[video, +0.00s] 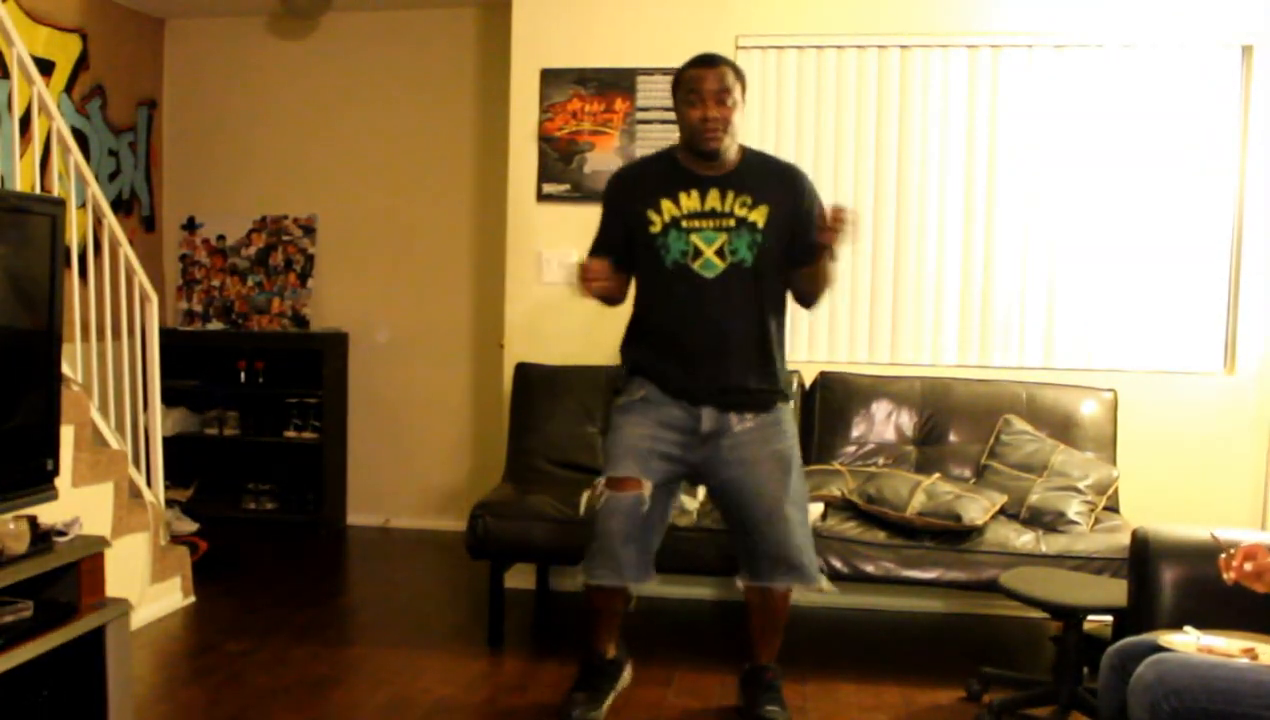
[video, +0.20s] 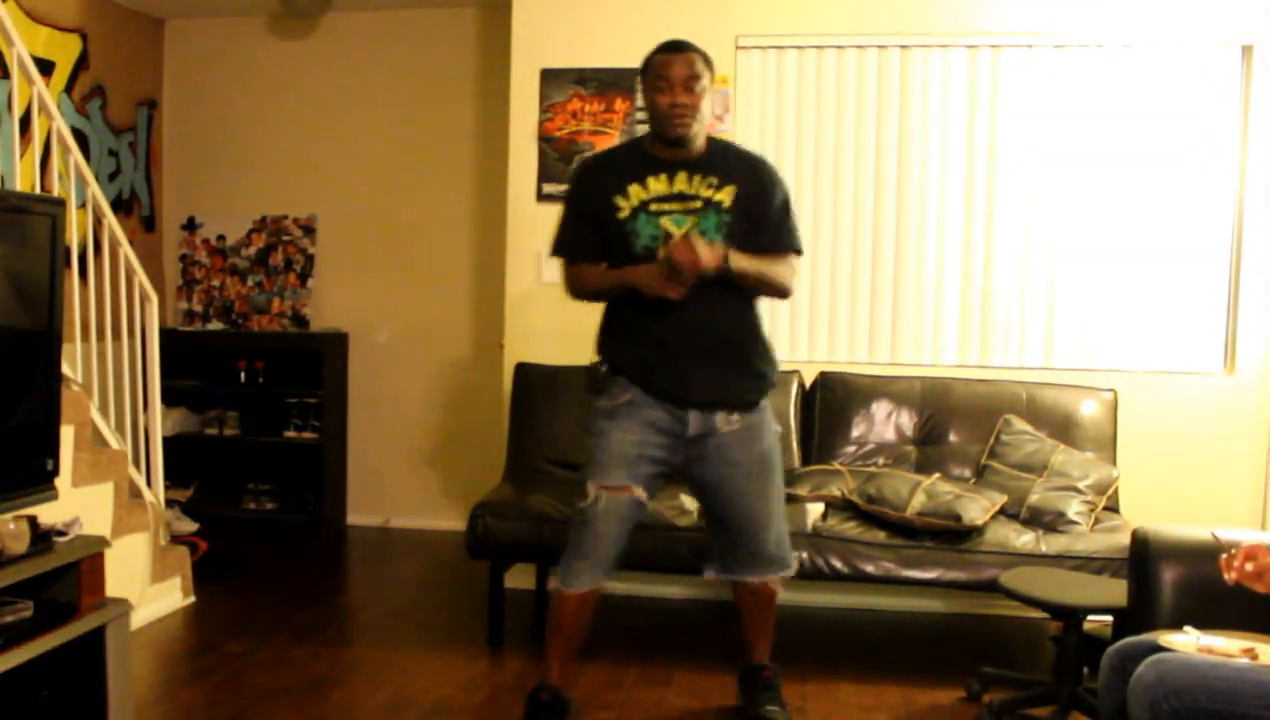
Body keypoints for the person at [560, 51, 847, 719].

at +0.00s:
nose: (709, 111)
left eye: (722, 98)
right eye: (695, 99)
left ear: (741, 106)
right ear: (676, 109)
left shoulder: (785, 187)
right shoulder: (634, 186)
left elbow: (807, 294)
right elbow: (615, 289)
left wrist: (824, 250)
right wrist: (598, 280)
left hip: (753, 405)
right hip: (654, 398)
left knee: (779, 546)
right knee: (617, 521)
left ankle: (762, 676)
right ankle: (603, 662)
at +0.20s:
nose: (676, 98)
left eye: (689, 85)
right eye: (662, 86)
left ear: (709, 93)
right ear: (642, 95)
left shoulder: (752, 177)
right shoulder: (602, 176)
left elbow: (784, 277)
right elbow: (579, 279)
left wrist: (722, 258)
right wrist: (638, 274)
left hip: (736, 398)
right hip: (635, 392)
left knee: (762, 552)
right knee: (596, 538)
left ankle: (761, 677)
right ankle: (551, 692)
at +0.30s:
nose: (656, 107)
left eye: (669, 94)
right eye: (641, 94)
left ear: (689, 101)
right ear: (621, 103)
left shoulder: (731, 180)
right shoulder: (583, 180)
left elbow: (775, 271)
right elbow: (549, 280)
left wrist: (743, 329)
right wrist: (620, 280)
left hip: (700, 403)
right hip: (602, 398)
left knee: (737, 557)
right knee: (580, 542)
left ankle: (754, 673)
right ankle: (549, 699)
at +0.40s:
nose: (639, 111)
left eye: (651, 97)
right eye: (625, 99)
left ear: (671, 100)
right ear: (602, 105)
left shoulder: (714, 164)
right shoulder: (567, 177)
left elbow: (760, 265)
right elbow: (527, 279)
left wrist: (786, 368)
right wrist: (601, 291)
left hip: (660, 391)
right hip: (568, 383)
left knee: (656, 542)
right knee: (549, 532)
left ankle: (720, 662)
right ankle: (546, 695)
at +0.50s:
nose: (628, 115)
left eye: (639, 101)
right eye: (613, 103)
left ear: (658, 100)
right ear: (589, 107)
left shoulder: (704, 156)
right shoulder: (559, 178)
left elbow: (753, 261)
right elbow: (520, 282)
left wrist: (797, 364)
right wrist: (569, 336)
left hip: (636, 390)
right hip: (549, 380)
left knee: (583, 536)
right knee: (530, 538)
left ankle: (631, 672)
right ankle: (543, 697)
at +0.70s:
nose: (613, 121)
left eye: (627, 108)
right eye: (599, 107)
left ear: (646, 106)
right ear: (573, 105)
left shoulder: (688, 171)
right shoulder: (534, 177)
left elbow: (738, 265)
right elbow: (515, 283)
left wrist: (751, 362)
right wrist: (489, 384)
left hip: (646, 393)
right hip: (552, 389)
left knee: (647, 565)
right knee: (524, 552)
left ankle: (626, 687)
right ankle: (546, 697)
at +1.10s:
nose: (667, 137)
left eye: (682, 123)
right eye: (653, 121)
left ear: (707, 115)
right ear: (632, 113)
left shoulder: (747, 181)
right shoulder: (593, 175)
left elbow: (798, 264)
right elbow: (531, 254)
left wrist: (803, 292)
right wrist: (471, 332)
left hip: (725, 410)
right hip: (629, 405)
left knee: (737, 591)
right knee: (627, 558)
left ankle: (723, 716)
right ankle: (537, 670)